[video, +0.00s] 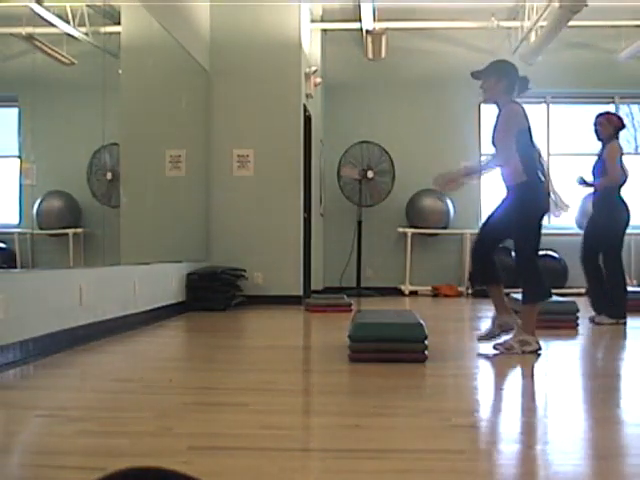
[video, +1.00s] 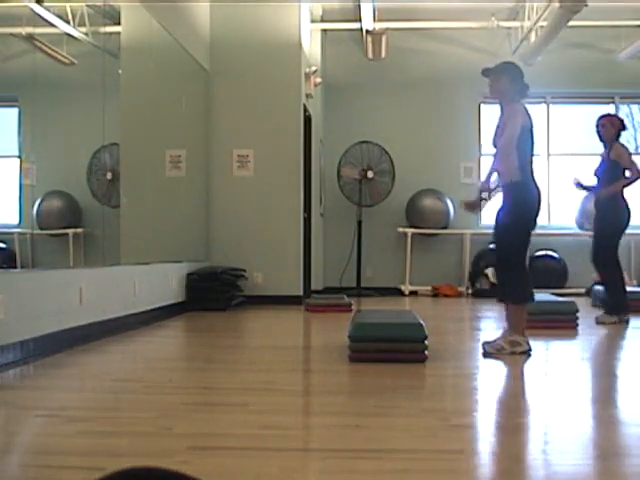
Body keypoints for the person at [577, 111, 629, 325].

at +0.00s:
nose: (597, 129)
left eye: (601, 125)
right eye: (596, 125)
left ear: (613, 127)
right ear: (600, 129)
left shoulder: (611, 148)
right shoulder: (612, 148)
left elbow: (614, 177)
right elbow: (623, 175)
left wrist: (592, 183)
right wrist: (599, 185)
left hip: (606, 206)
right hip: (614, 205)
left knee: (589, 256)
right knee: (612, 257)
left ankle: (605, 309)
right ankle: (616, 309)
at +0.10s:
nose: (596, 129)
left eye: (600, 126)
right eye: (595, 126)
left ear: (612, 127)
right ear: (596, 129)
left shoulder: (613, 148)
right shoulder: (605, 150)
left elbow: (627, 174)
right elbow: (606, 179)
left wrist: (604, 191)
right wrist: (589, 189)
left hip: (610, 207)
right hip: (603, 206)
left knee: (599, 257)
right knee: (597, 257)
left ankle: (612, 310)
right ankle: (610, 307)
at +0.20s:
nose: (592, 130)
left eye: (596, 127)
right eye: (591, 127)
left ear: (608, 130)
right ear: (591, 131)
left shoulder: (612, 149)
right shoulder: (594, 154)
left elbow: (637, 162)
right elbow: (583, 181)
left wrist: (625, 185)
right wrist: (567, 173)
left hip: (617, 209)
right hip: (608, 210)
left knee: (580, 243)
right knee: (602, 256)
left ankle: (596, 294)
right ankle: (612, 307)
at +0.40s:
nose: (597, 130)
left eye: (601, 126)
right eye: (596, 126)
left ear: (612, 129)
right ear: (597, 129)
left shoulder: (616, 148)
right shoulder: (603, 150)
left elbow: (637, 164)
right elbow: (600, 180)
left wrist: (623, 186)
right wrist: (580, 183)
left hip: (611, 207)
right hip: (605, 207)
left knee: (591, 254)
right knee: (605, 255)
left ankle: (608, 306)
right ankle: (613, 304)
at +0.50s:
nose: (599, 130)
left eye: (603, 126)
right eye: (598, 127)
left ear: (615, 129)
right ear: (599, 130)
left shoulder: (616, 149)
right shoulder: (608, 151)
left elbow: (626, 176)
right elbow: (611, 179)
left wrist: (603, 188)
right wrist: (594, 194)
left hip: (610, 207)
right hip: (602, 207)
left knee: (604, 258)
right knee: (600, 258)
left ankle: (616, 309)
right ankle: (611, 306)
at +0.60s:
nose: (594, 131)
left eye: (599, 127)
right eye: (593, 128)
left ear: (611, 130)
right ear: (594, 131)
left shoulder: (611, 148)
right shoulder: (611, 151)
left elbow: (607, 176)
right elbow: (625, 172)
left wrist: (585, 176)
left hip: (613, 211)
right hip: (622, 210)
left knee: (578, 245)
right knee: (611, 258)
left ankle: (597, 295)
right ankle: (619, 310)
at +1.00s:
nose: (601, 129)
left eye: (605, 126)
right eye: (599, 126)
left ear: (616, 129)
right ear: (598, 130)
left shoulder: (619, 150)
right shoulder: (607, 153)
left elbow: (634, 174)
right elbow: (604, 184)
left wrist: (613, 189)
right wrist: (584, 187)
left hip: (613, 208)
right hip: (604, 208)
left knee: (604, 257)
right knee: (604, 257)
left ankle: (618, 309)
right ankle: (615, 306)